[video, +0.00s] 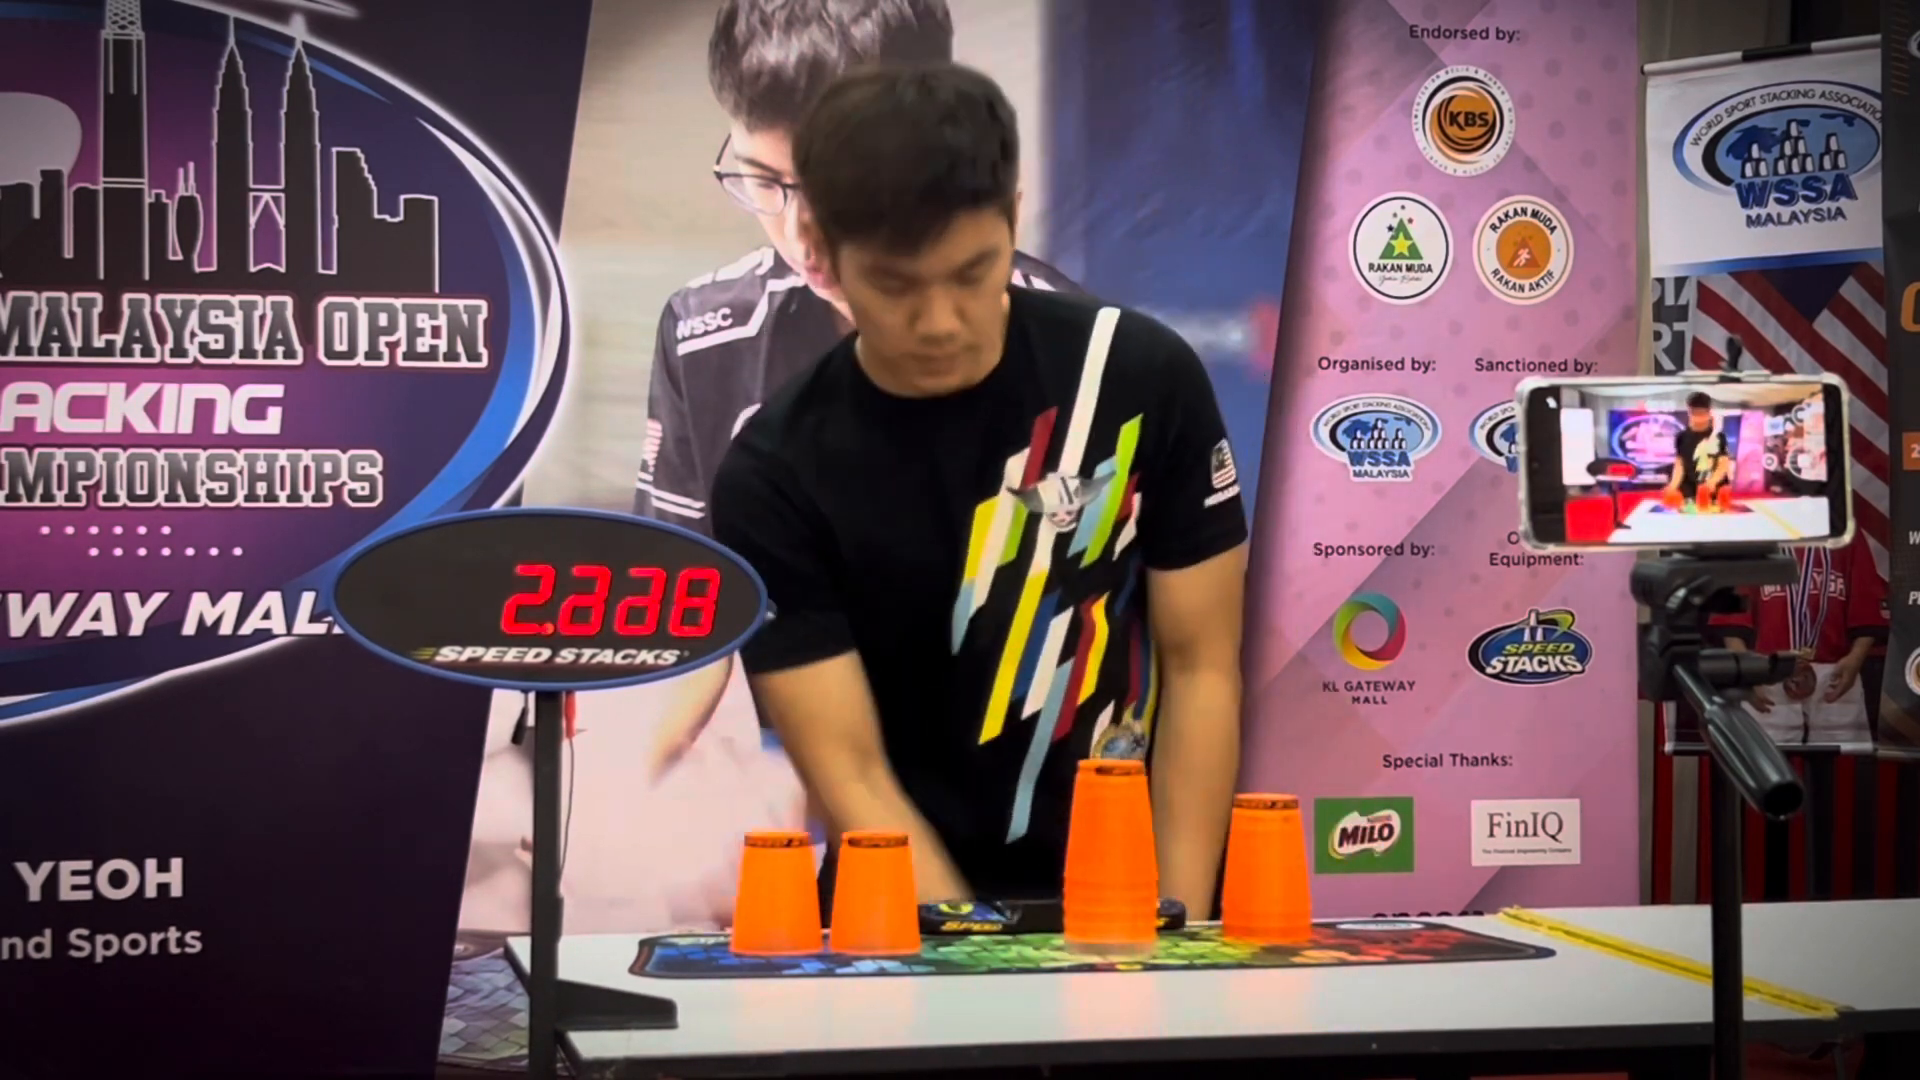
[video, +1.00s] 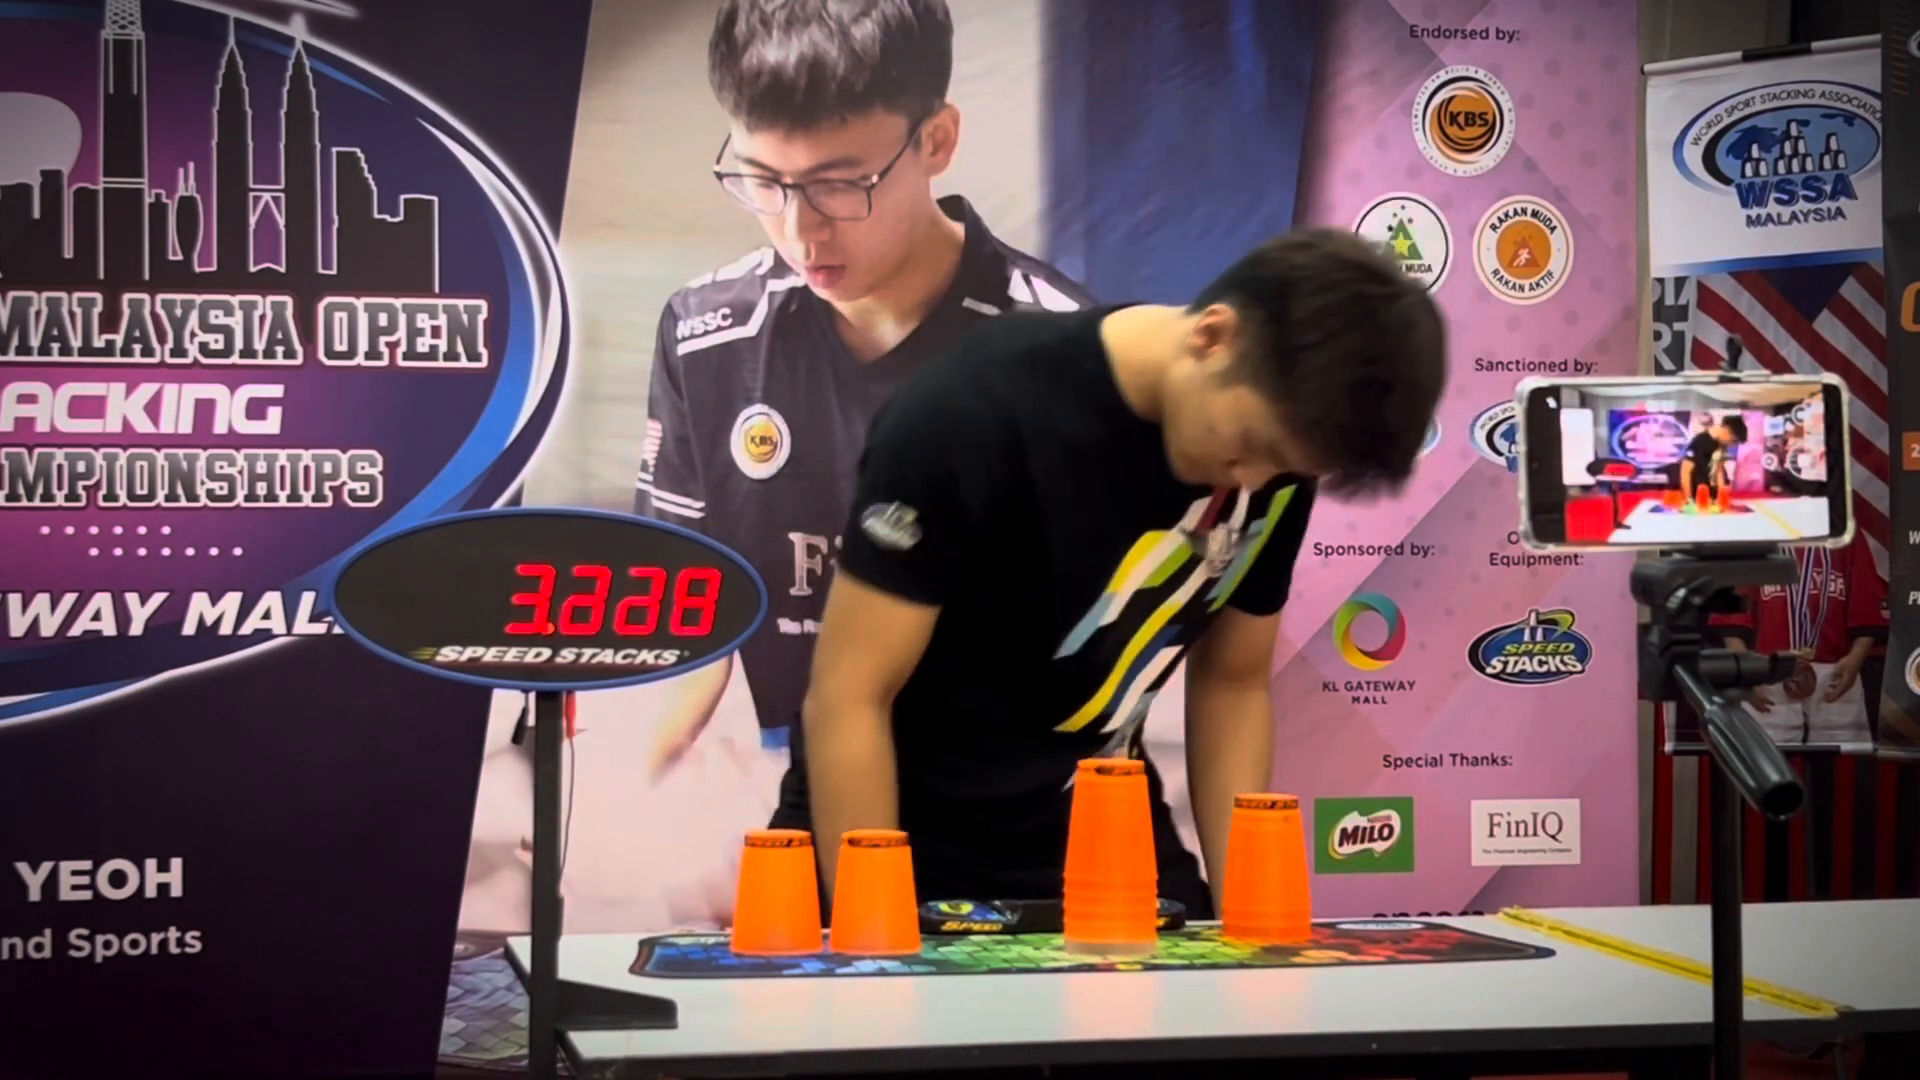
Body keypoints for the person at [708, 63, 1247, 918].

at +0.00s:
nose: (939, 321)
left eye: (973, 272)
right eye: (894, 283)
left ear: (1013, 225)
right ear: (823, 260)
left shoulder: (1144, 378)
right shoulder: (774, 474)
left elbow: (1199, 666)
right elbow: (852, 778)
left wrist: (1177, 930)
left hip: (1117, 921)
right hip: (915, 933)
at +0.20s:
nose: (1058, 360)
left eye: (1084, 325)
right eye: (1027, 328)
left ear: (1109, 290)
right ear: (923, 265)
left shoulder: (1152, 366)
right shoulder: (800, 460)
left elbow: (1211, 632)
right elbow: (871, 764)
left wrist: (1199, 898)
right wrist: (1069, 924)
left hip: (1126, 891)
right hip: (920, 915)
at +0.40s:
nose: (1190, 324)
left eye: (1209, 295)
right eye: (1180, 285)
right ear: (1081, 216)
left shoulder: (1171, 364)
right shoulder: (868, 395)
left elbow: (1176, 624)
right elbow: (812, 717)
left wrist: (1170, 890)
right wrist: (909, 943)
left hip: (1081, 897)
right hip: (910, 917)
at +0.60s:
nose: (1268, 346)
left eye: (1293, 321)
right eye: (1282, 305)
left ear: (1214, 225)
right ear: (1216, 225)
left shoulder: (1178, 367)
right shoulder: (959, 358)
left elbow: (1162, 638)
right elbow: (836, 668)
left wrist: (1204, 879)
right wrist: (878, 935)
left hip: (1065, 902)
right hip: (914, 914)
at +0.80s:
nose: (1308, 440)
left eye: (1338, 427)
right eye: (1327, 406)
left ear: (1281, 305)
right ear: (1282, 304)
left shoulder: (1237, 416)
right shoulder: (1008, 384)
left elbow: (1179, 674)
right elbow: (874, 671)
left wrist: (1235, 909)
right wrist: (891, 944)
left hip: (1065, 888)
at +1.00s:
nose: (1250, 485)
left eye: (1288, 474)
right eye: (1251, 443)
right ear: (1207, 338)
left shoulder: (1277, 451)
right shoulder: (966, 410)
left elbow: (1235, 675)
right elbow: (844, 695)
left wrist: (1247, 920)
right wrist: (874, 952)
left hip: (1094, 844)